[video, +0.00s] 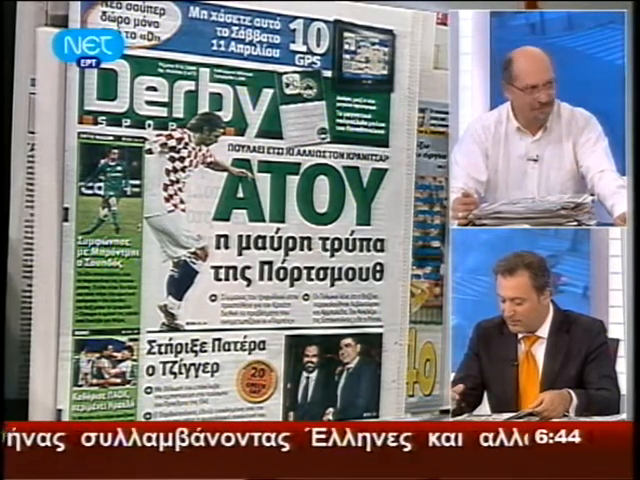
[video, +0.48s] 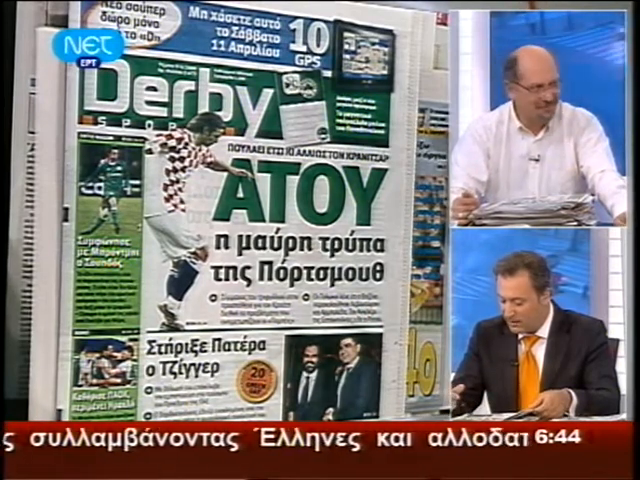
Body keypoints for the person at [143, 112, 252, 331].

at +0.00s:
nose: (215, 141)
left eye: (217, 137)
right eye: (215, 136)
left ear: (207, 132)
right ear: (205, 130)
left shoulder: (199, 150)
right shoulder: (179, 137)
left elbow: (212, 162)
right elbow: (149, 145)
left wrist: (232, 170)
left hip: (166, 209)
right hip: (161, 208)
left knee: (180, 262)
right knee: (200, 251)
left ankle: (171, 317)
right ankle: (172, 304)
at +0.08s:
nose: (215, 141)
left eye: (217, 137)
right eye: (215, 136)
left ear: (207, 132)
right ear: (205, 130)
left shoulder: (199, 150)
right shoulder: (179, 137)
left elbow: (212, 162)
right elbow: (149, 145)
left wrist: (232, 170)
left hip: (166, 209)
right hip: (161, 208)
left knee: (180, 262)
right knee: (200, 251)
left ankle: (171, 317)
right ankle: (172, 304)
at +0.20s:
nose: (215, 141)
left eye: (217, 137)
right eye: (215, 136)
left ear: (207, 132)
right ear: (205, 130)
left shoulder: (199, 150)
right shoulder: (179, 137)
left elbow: (212, 162)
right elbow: (149, 145)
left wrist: (232, 170)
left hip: (166, 209)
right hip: (161, 208)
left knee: (180, 262)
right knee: (200, 251)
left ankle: (171, 317)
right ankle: (172, 304)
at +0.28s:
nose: (215, 141)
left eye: (217, 137)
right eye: (215, 136)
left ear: (207, 132)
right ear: (205, 130)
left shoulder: (199, 150)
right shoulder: (179, 137)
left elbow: (212, 162)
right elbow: (149, 145)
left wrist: (232, 170)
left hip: (166, 209)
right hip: (161, 208)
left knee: (180, 262)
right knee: (200, 251)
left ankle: (171, 317)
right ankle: (172, 304)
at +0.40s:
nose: (215, 141)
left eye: (217, 137)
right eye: (215, 136)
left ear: (207, 132)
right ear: (205, 130)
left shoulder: (199, 150)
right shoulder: (179, 137)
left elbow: (212, 162)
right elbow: (149, 145)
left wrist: (232, 170)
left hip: (166, 209)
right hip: (161, 208)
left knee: (180, 262)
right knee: (200, 251)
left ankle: (171, 317)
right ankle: (172, 304)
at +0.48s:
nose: (215, 141)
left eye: (217, 137)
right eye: (215, 136)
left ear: (207, 132)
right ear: (205, 130)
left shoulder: (199, 150)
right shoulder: (179, 137)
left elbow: (212, 162)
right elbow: (149, 145)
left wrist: (232, 170)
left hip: (166, 209)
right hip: (161, 208)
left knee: (180, 262)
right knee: (200, 251)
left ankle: (171, 317)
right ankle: (172, 304)